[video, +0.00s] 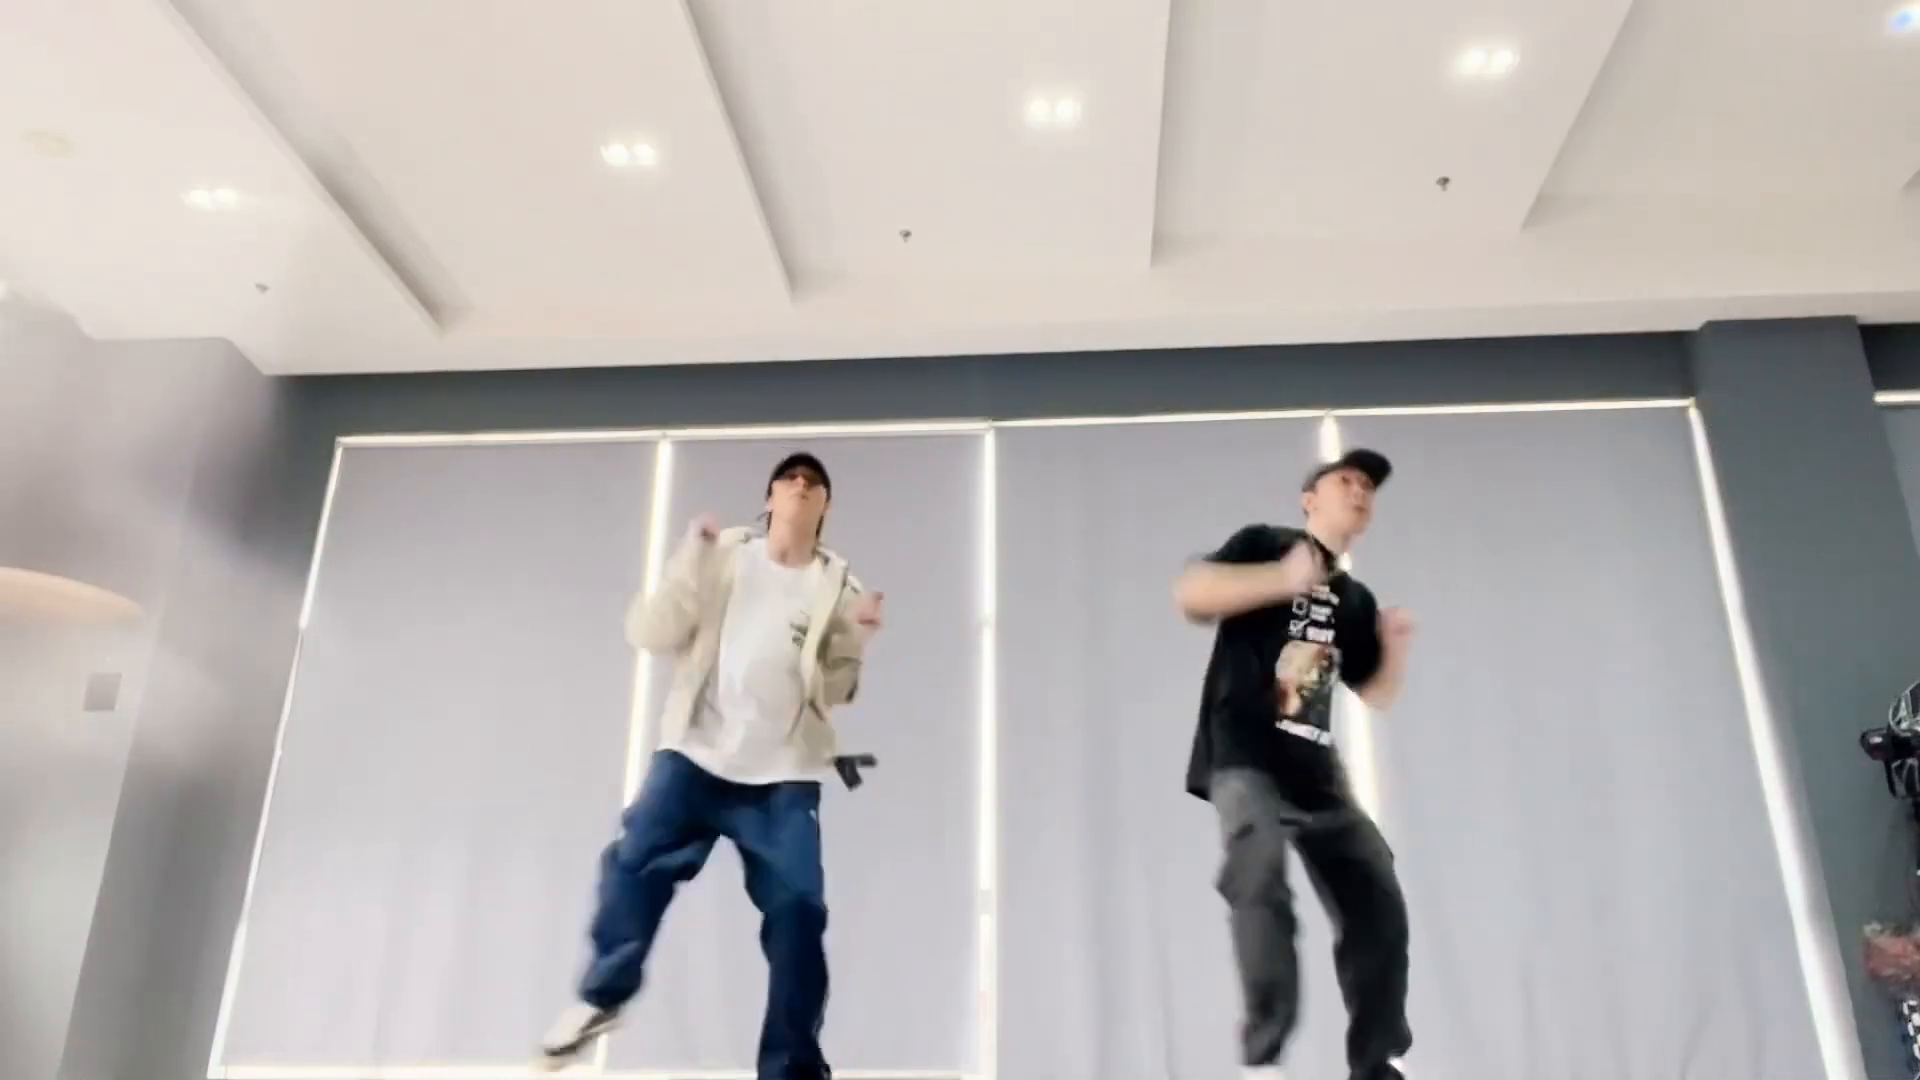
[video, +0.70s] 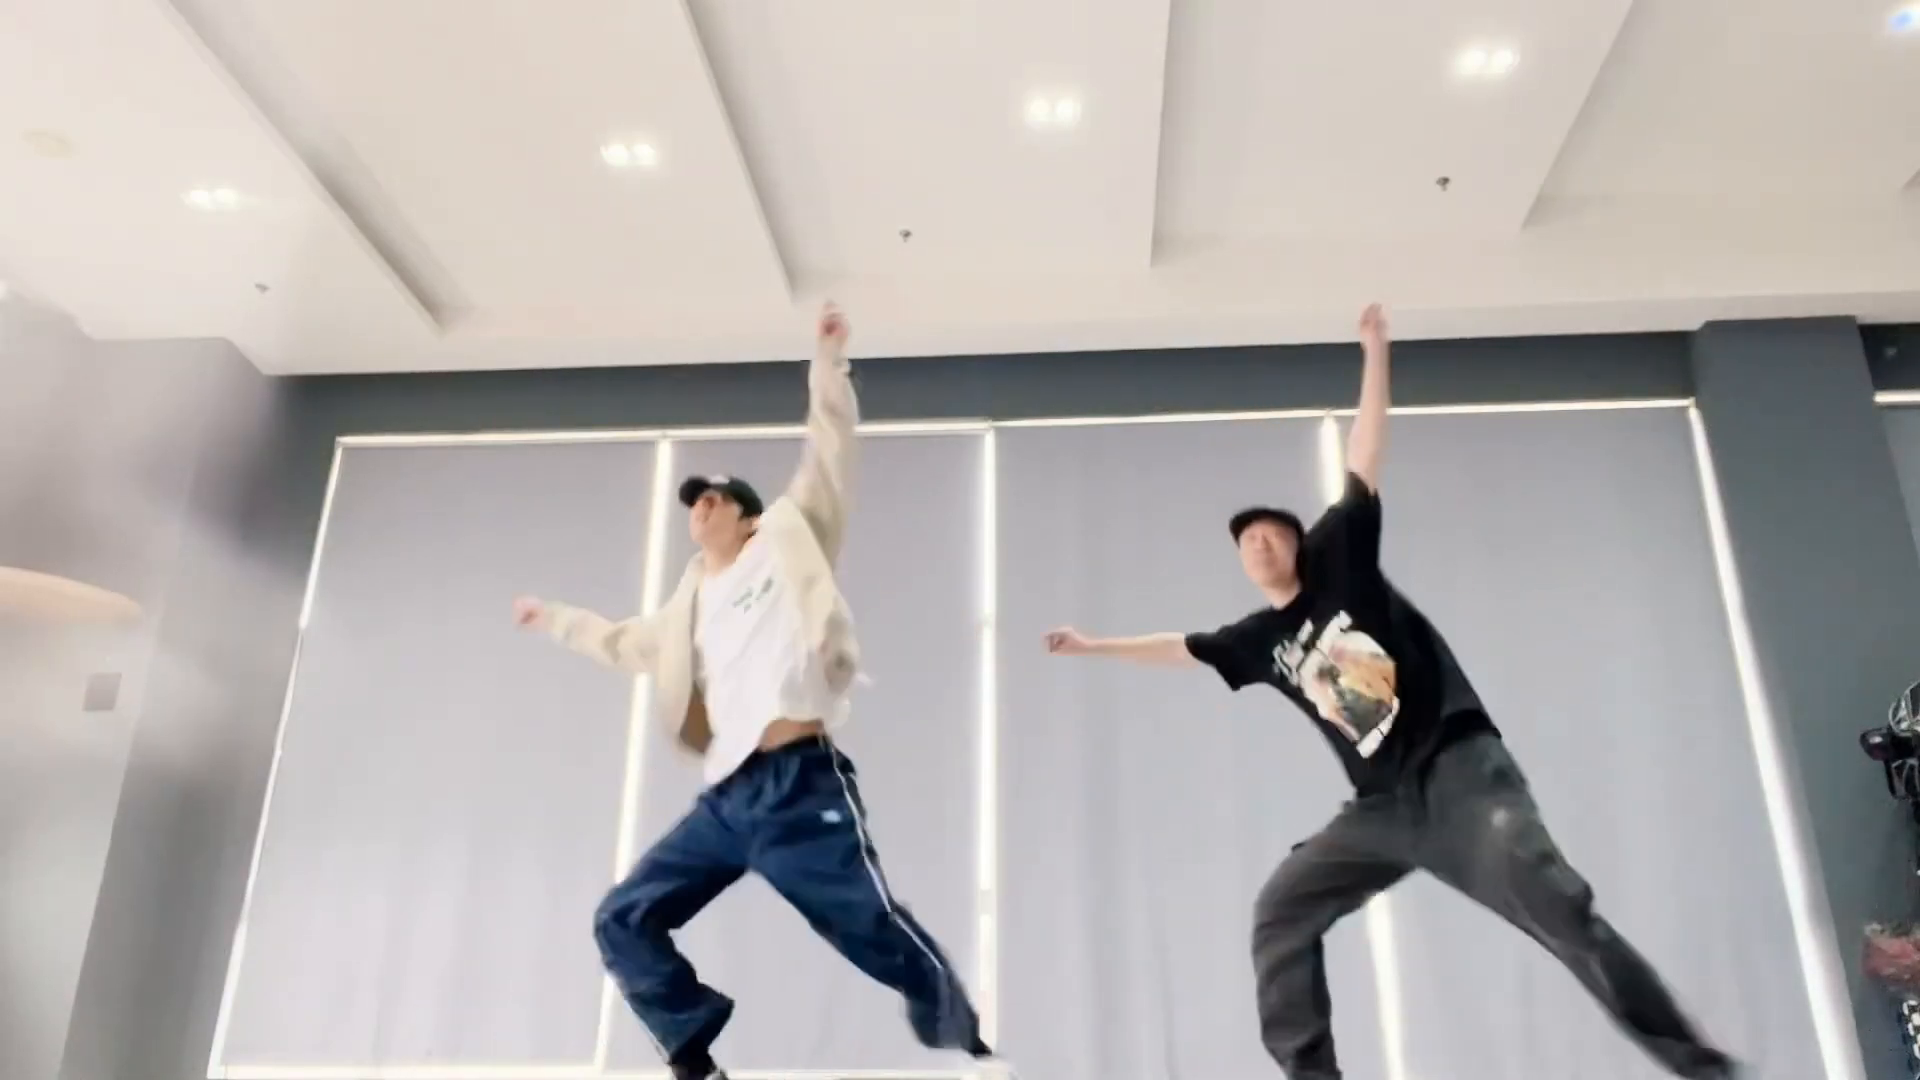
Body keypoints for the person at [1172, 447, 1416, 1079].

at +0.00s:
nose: (1359, 499)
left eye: (1368, 494)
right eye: (1346, 486)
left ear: (1370, 517)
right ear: (1310, 496)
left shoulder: (1356, 599)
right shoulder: (1263, 545)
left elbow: (1375, 693)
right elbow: (1192, 595)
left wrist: (1391, 651)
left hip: (1312, 761)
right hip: (1242, 747)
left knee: (1375, 897)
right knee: (1257, 868)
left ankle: (1376, 1060)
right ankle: (1264, 1051)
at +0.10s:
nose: (1372, 547)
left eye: (1381, 541)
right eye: (1360, 532)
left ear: (1381, 558)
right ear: (1323, 534)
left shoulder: (1356, 637)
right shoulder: (1274, 554)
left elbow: (1441, 656)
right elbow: (1219, 480)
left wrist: (1530, 630)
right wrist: (1278, 412)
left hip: (1282, 797)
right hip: (1223, 766)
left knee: (1374, 908)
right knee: (1209, 893)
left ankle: (1378, 1074)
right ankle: (1091, 1056)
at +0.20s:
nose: (1365, 576)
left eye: (1372, 570)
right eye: (1351, 564)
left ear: (1376, 588)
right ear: (1323, 570)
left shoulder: (1360, 667)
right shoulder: (1290, 587)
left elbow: (1447, 656)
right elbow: (1274, 488)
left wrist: (1531, 613)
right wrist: (1289, 389)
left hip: (1274, 831)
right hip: (1215, 802)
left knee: (1370, 912)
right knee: (1159, 932)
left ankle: (1375, 1068)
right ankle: (1019, 1041)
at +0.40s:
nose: (1323, 484)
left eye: (1334, 477)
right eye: (1309, 476)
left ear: (1348, 497)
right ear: (1287, 495)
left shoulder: (1369, 597)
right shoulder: (1256, 561)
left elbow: (1362, 692)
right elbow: (1218, 664)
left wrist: (1348, 690)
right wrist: (1282, 654)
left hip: (1344, 761)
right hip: (1263, 740)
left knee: (1400, 910)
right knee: (1262, 871)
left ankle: (1385, 1071)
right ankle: (1185, 1020)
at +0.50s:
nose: (1276, 488)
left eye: (1289, 477)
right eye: (1261, 480)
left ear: (1308, 491)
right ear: (1246, 500)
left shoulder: (1359, 561)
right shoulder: (1234, 594)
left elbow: (1433, 624)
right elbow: (1227, 707)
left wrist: (1333, 603)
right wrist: (1270, 671)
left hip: (1380, 760)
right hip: (1292, 770)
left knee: (1419, 907)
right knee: (1311, 911)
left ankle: (1397, 1065)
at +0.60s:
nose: (1251, 510)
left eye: (1262, 498)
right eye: (1238, 505)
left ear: (1289, 506)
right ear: (1229, 527)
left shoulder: (1351, 541)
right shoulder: (1245, 609)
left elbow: (1434, 486)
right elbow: (1223, 674)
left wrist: (1376, 423)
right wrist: (1175, 663)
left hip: (1423, 773)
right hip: (1328, 796)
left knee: (1515, 867)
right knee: (1266, 890)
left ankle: (1510, 1034)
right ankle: (1305, 1063)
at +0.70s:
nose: (1263, 549)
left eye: (1272, 537)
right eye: (1249, 545)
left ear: (1299, 545)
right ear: (1242, 567)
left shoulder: (1341, 554)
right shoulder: (1258, 641)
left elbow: (1363, 457)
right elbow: (1179, 650)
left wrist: (1375, 351)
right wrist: (1091, 646)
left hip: (1460, 772)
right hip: (1381, 810)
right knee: (1283, 908)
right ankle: (1311, 1072)